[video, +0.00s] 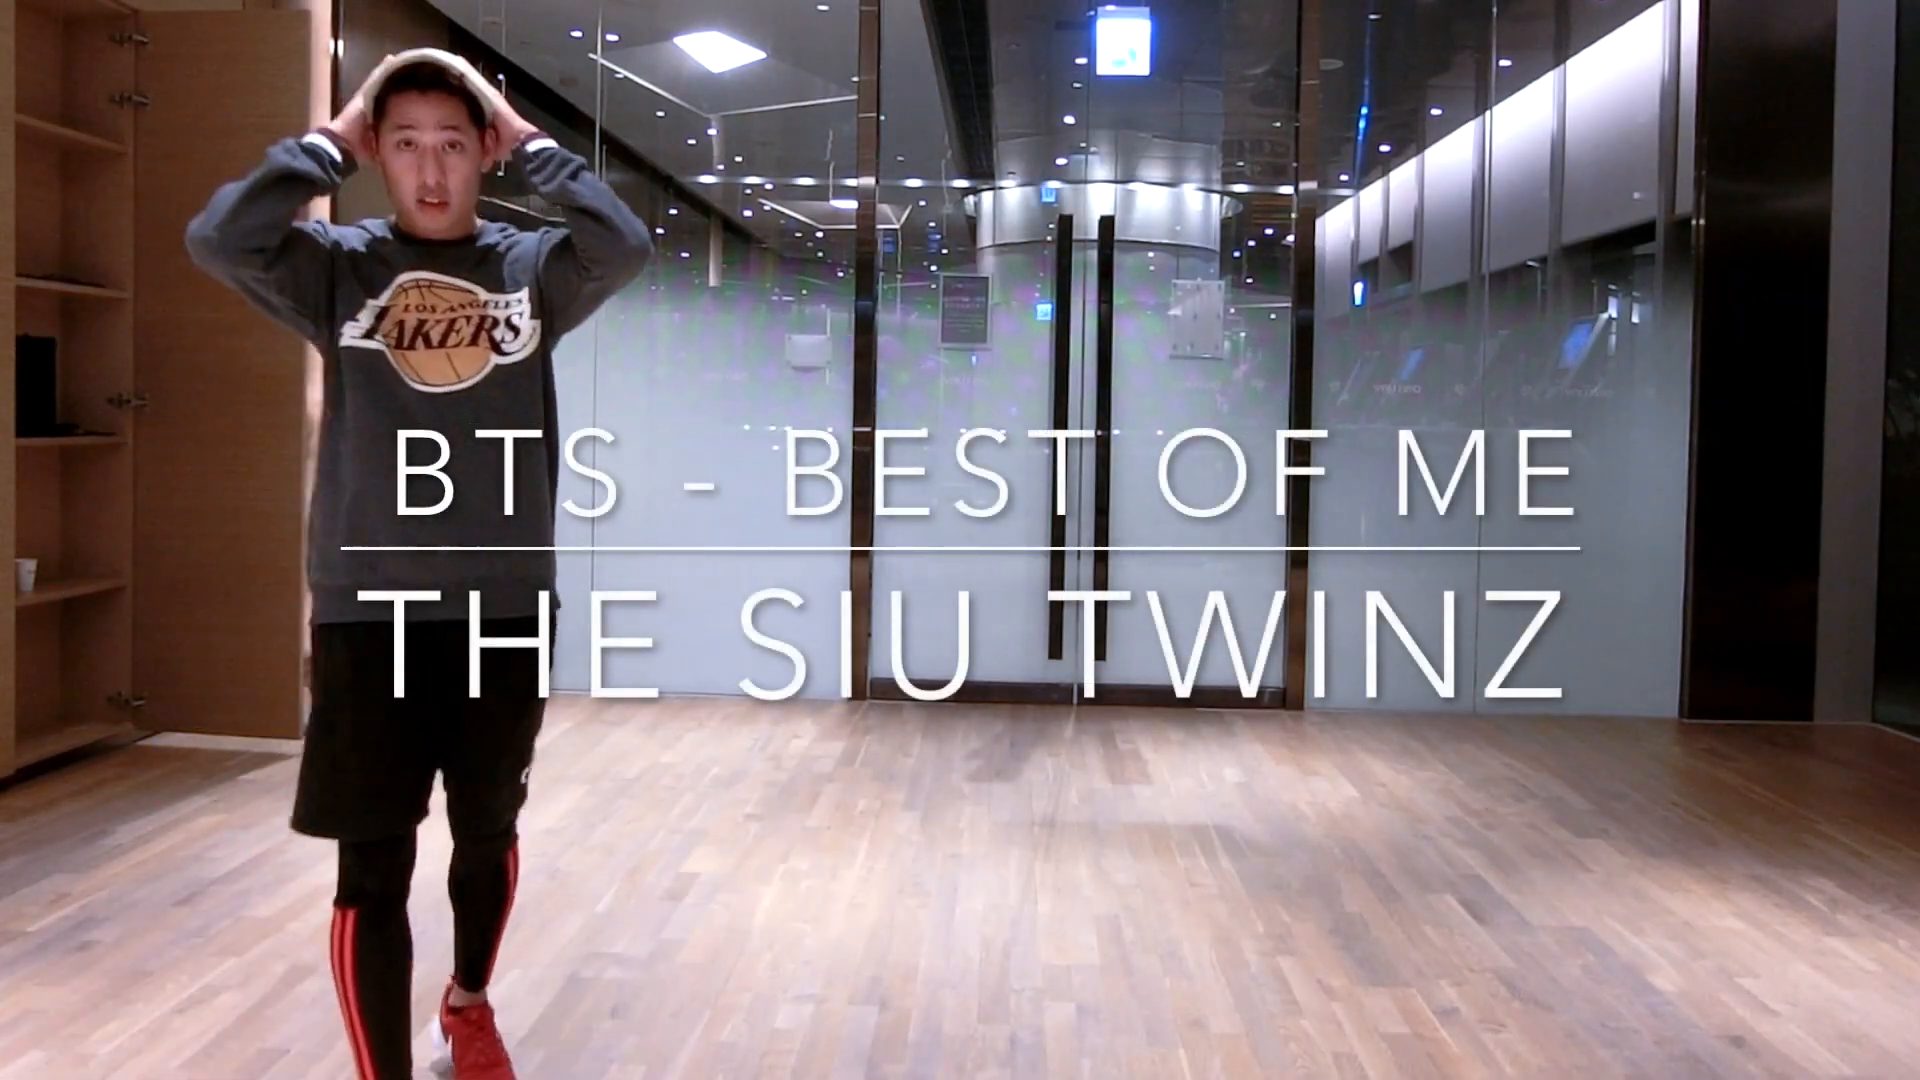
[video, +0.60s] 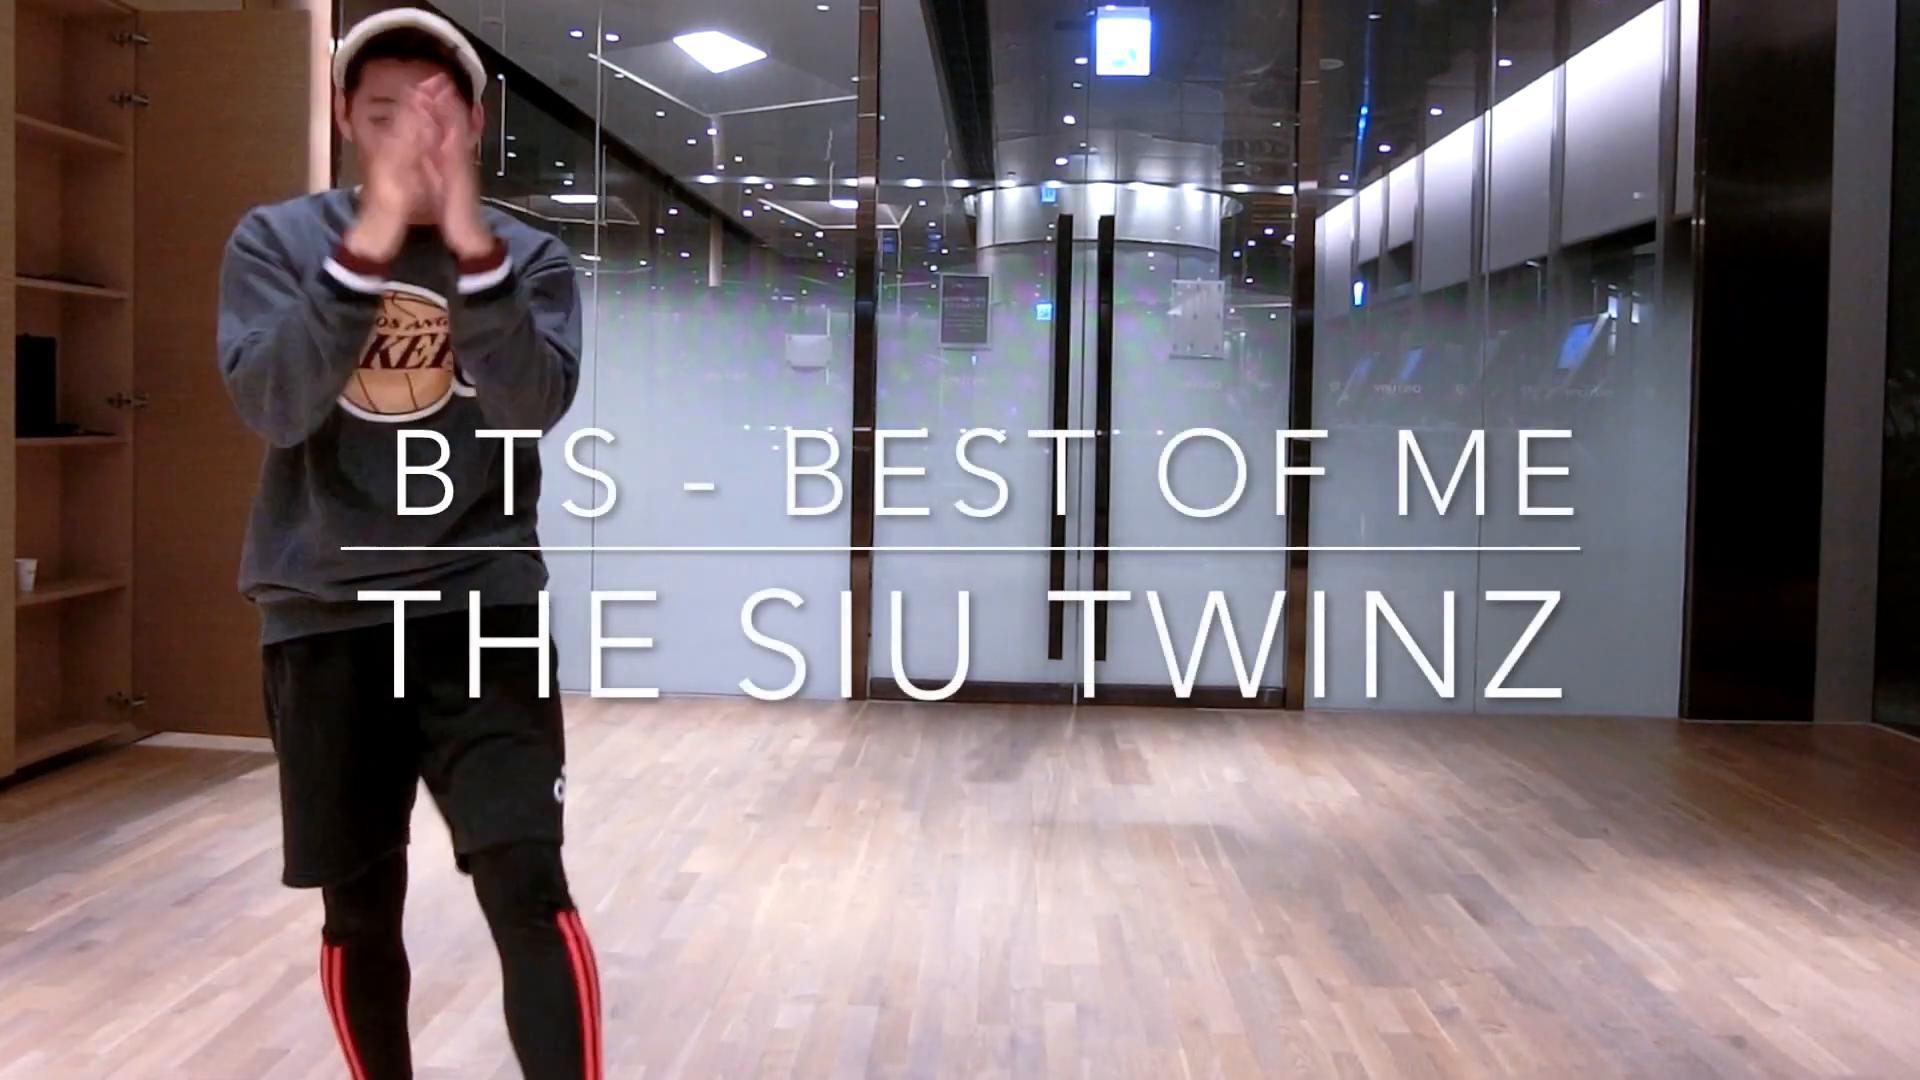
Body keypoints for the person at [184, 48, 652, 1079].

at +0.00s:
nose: (429, 163)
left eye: (450, 141)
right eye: (407, 142)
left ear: (485, 158)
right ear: (378, 160)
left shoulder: (531, 272)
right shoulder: (341, 274)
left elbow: (624, 245)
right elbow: (219, 240)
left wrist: (522, 144)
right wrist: (331, 141)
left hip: (502, 604)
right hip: (369, 605)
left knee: (489, 833)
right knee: (374, 862)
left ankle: (469, 1002)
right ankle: (385, 1071)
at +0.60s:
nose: (411, 115)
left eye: (435, 96)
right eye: (383, 98)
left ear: (472, 124)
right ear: (346, 123)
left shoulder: (531, 254)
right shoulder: (276, 238)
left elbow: (533, 402)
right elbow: (276, 407)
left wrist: (469, 238)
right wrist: (375, 238)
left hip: (487, 604)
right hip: (330, 615)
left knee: (526, 889)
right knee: (361, 911)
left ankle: (569, 1076)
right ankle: (386, 1076)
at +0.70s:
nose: (409, 119)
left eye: (435, 94)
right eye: (383, 92)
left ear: (476, 112)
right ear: (350, 108)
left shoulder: (532, 246)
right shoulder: (282, 225)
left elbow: (535, 400)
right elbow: (283, 397)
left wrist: (462, 342)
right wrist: (376, 336)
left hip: (487, 590)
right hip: (330, 604)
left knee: (535, 883)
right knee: (360, 906)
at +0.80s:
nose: (406, 97)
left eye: (433, 71)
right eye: (380, 70)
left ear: (480, 94)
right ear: (350, 91)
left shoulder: (545, 253)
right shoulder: (286, 229)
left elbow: (536, 414)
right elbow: (287, 381)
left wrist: (473, 511)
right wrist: (362, 491)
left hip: (494, 602)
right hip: (332, 613)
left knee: (533, 890)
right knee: (360, 904)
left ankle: (573, 1078)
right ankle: (382, 1078)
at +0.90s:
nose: (401, 85)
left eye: (430, 59)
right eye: (377, 58)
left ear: (485, 88)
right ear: (349, 83)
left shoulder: (555, 265)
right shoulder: (296, 251)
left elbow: (567, 477)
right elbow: (282, 465)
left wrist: (556, 672)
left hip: (497, 635)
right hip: (345, 639)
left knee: (528, 942)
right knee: (364, 929)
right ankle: (385, 1079)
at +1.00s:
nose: (406, 72)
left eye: (437, 44)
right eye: (383, 45)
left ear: (497, 76)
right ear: (356, 77)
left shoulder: (579, 268)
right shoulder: (306, 262)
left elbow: (623, 494)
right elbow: (254, 496)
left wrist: (674, 698)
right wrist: (206, 714)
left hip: (508, 674)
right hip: (343, 671)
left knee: (524, 979)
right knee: (368, 947)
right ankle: (385, 1079)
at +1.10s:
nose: (426, 42)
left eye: (459, 19)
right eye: (405, 20)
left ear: (526, 56)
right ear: (380, 51)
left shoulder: (613, 258)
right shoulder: (323, 247)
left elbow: (695, 463)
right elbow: (242, 458)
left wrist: (777, 620)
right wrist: (153, 630)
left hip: (535, 673)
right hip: (362, 668)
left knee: (555, 990)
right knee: (376, 958)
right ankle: (384, 1079)